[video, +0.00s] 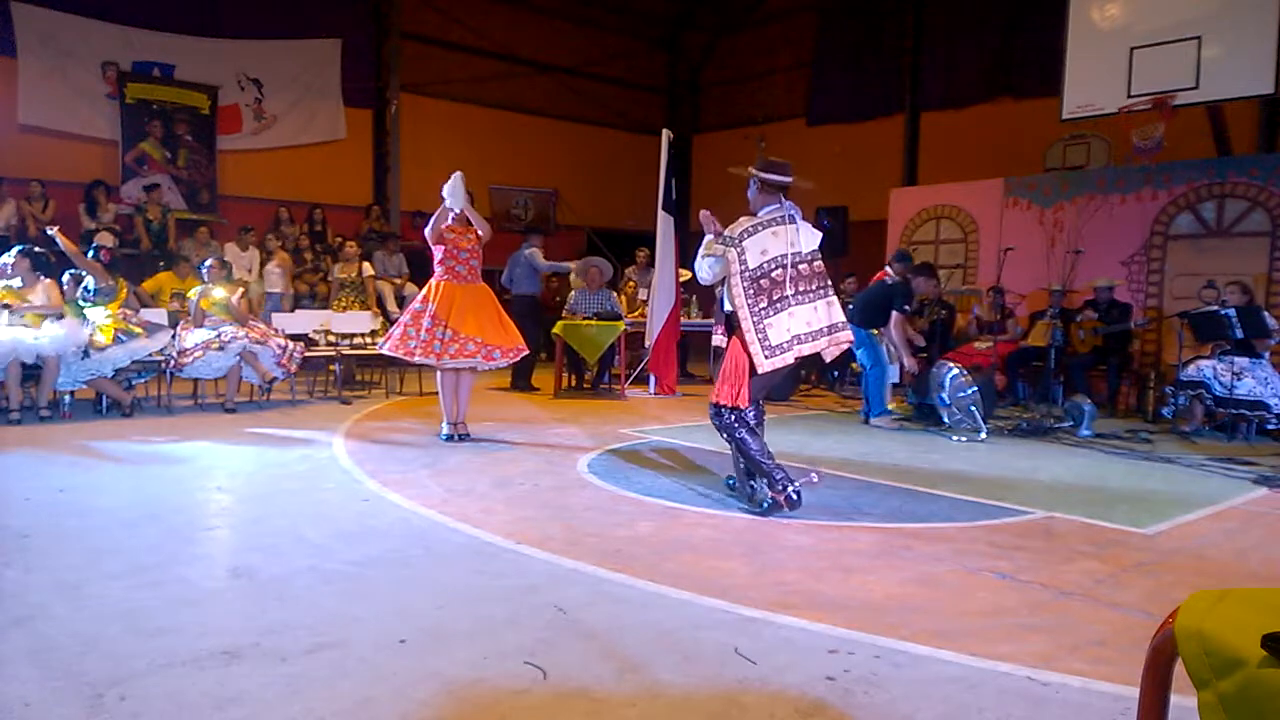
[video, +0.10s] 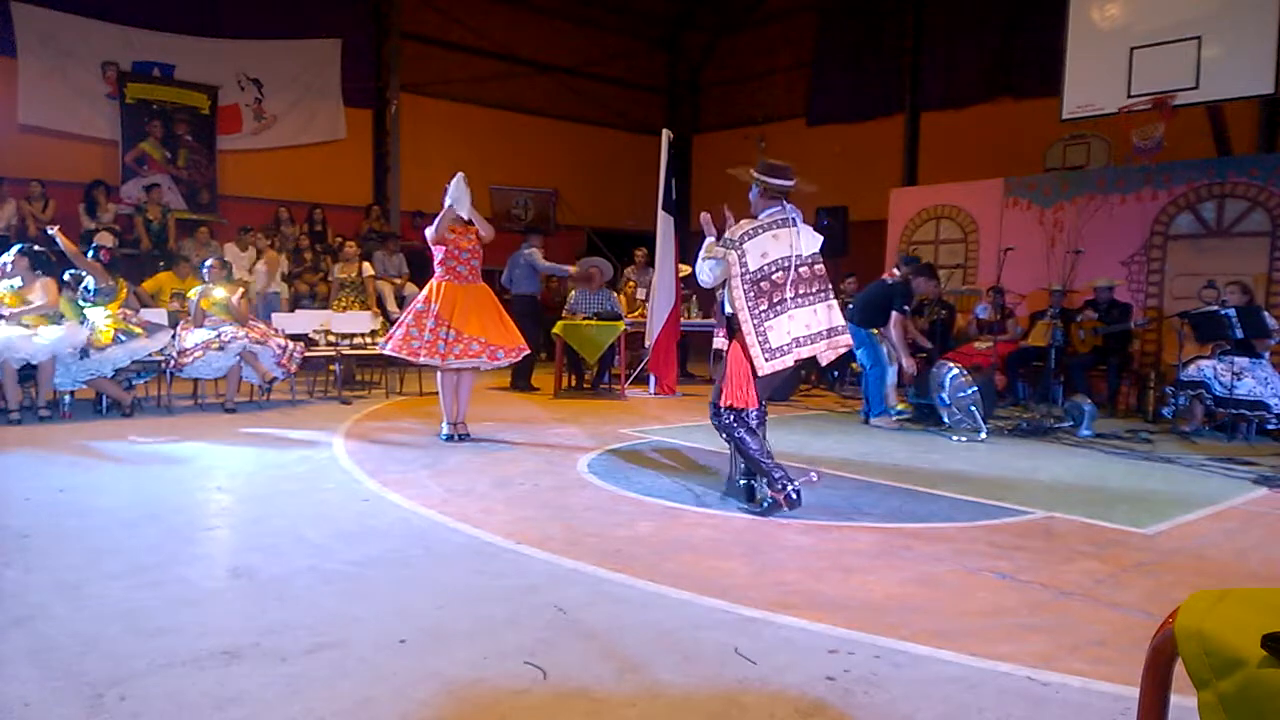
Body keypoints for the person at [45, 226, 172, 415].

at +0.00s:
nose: (87, 259)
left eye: (90, 255)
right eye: (88, 255)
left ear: (97, 258)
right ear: (112, 259)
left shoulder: (99, 274)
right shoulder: (122, 283)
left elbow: (75, 255)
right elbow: (135, 308)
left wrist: (57, 234)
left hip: (102, 334)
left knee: (80, 369)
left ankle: (125, 399)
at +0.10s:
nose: (88, 258)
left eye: (90, 254)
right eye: (89, 254)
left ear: (97, 257)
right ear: (111, 259)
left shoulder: (99, 273)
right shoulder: (122, 284)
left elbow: (75, 255)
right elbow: (136, 308)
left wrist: (57, 234)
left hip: (105, 335)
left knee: (80, 369)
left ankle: (125, 399)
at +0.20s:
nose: (88, 258)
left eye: (91, 254)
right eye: (89, 254)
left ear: (97, 257)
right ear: (112, 259)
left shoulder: (99, 273)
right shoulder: (122, 284)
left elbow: (76, 256)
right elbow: (136, 308)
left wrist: (58, 234)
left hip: (105, 335)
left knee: (80, 369)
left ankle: (126, 399)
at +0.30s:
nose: (88, 258)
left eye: (91, 254)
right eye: (89, 254)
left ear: (98, 256)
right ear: (112, 259)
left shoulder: (100, 273)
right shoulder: (123, 284)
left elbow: (76, 256)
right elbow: (136, 308)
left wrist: (58, 234)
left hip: (104, 335)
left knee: (79, 369)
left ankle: (125, 399)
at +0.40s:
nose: (88, 259)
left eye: (91, 255)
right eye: (90, 255)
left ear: (97, 257)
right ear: (113, 259)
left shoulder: (99, 273)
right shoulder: (122, 284)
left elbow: (76, 256)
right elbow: (136, 308)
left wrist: (59, 234)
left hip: (103, 335)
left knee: (77, 367)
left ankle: (125, 398)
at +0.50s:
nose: (88, 259)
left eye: (90, 255)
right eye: (89, 255)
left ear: (97, 257)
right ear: (112, 259)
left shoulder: (100, 274)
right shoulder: (122, 284)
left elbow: (77, 257)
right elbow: (135, 307)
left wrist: (59, 235)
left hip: (105, 334)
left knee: (78, 368)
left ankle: (125, 398)